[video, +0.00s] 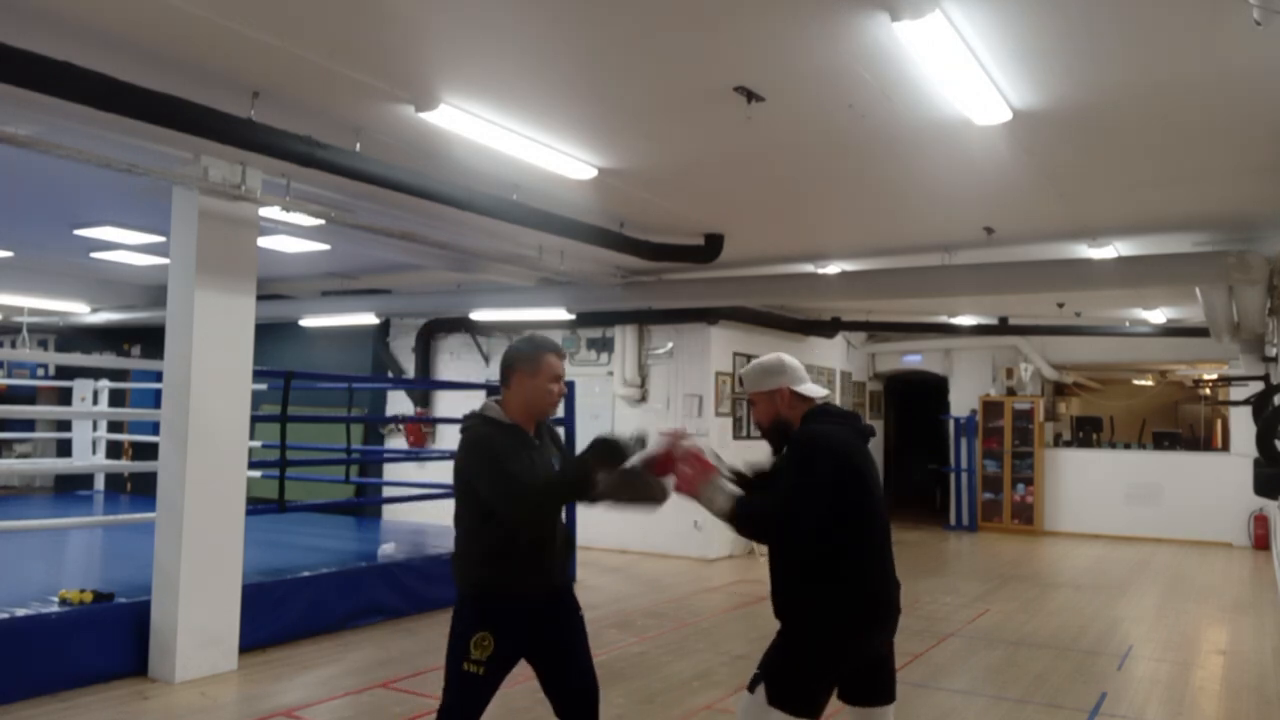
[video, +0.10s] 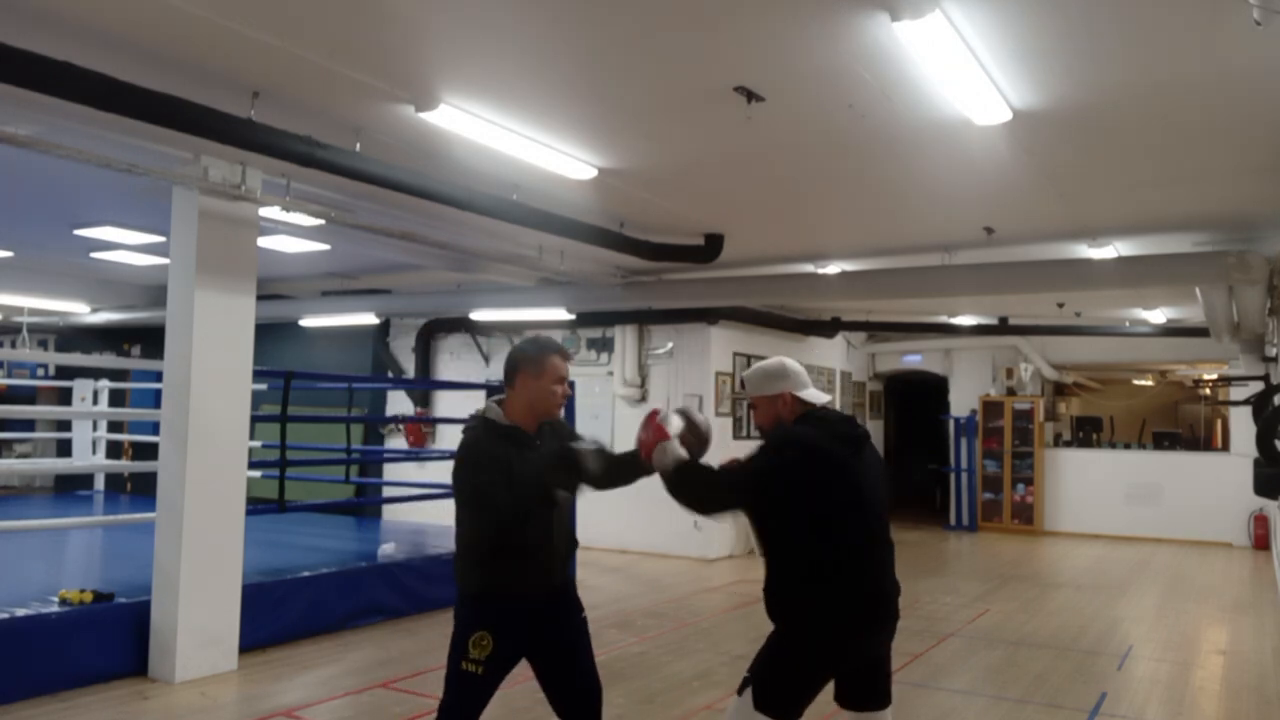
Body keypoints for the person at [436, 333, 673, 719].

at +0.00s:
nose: (562, 391)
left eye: (563, 382)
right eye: (554, 381)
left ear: (522, 381)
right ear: (517, 379)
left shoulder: (547, 438)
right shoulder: (482, 438)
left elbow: (573, 485)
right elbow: (527, 499)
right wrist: (586, 463)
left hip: (549, 600)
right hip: (490, 603)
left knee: (581, 706)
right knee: (459, 711)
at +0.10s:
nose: (566, 393)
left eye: (567, 384)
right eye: (558, 382)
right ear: (521, 381)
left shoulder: (556, 436)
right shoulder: (481, 441)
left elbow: (601, 470)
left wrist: (650, 454)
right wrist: (557, 468)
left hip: (552, 601)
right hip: (491, 604)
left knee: (583, 707)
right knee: (458, 712)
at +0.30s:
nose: (577, 392)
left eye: (577, 383)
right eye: (569, 382)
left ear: (545, 381)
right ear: (534, 379)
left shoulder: (562, 434)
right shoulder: (497, 434)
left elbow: (587, 482)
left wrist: (625, 495)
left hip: (553, 594)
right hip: (496, 597)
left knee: (584, 703)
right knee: (462, 709)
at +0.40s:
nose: (578, 390)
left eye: (577, 381)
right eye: (570, 380)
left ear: (541, 382)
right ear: (535, 380)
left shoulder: (565, 436)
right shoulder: (497, 437)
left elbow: (580, 484)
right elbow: (541, 500)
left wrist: (603, 505)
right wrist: (601, 454)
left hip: (558, 592)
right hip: (500, 596)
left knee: (588, 702)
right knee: (462, 710)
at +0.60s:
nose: (575, 392)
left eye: (576, 384)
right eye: (567, 383)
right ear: (531, 382)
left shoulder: (581, 430)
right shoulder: (487, 450)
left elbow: (639, 433)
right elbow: (499, 534)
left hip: (561, 599)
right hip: (498, 604)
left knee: (595, 706)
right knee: (462, 712)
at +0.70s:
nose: (576, 393)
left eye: (577, 383)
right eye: (568, 382)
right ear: (533, 381)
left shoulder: (574, 433)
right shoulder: (488, 446)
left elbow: (625, 452)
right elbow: (492, 519)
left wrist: (673, 455)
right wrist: (532, 437)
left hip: (559, 598)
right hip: (499, 602)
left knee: (592, 706)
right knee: (464, 712)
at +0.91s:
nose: (575, 394)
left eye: (576, 385)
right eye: (567, 383)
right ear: (530, 380)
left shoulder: (548, 439)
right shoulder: (500, 437)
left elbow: (564, 501)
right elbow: (559, 502)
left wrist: (608, 523)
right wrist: (618, 466)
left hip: (552, 600)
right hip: (497, 602)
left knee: (585, 703)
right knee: (465, 710)